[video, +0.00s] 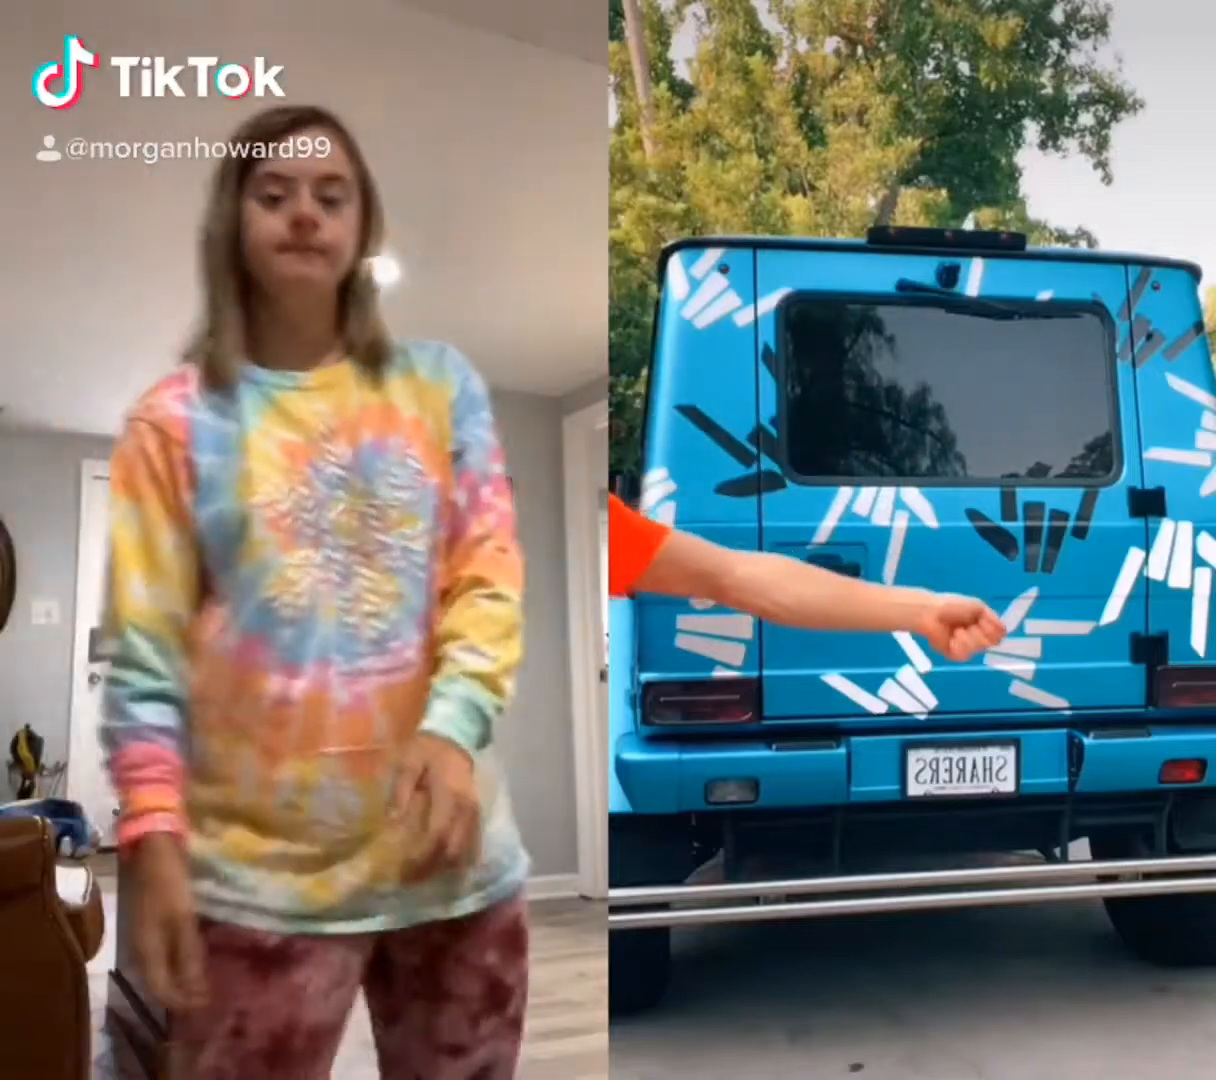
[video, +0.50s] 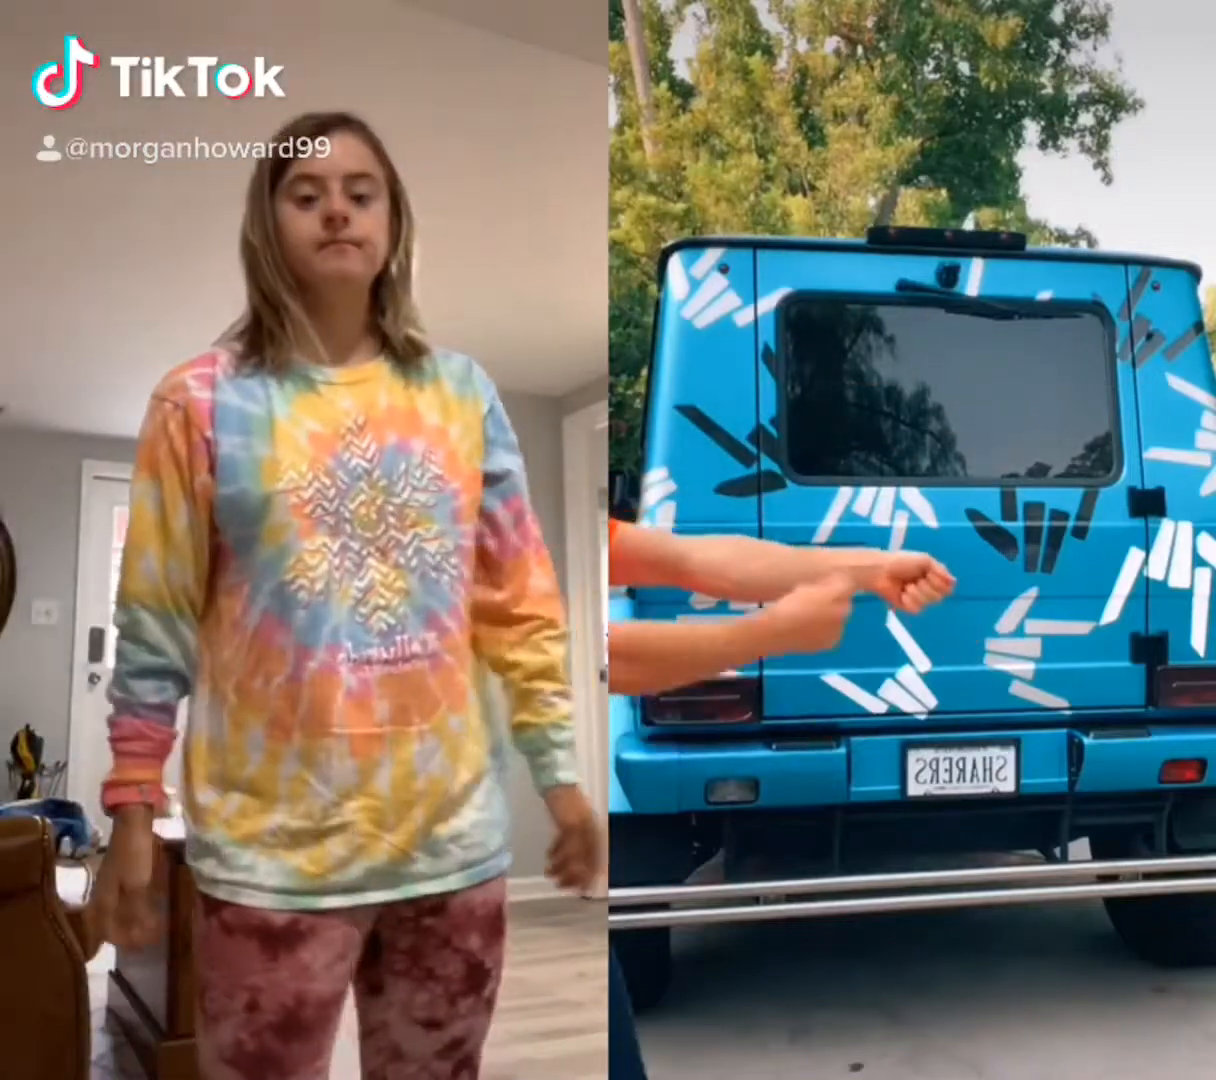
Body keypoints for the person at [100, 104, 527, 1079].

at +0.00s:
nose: (305, 215)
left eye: (331, 193)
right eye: (273, 193)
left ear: (364, 226)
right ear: (231, 223)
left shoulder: (443, 390)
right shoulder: (175, 422)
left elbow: (488, 585)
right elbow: (141, 652)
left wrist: (454, 728)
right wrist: (154, 844)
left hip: (449, 869)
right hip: (257, 885)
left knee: (468, 1068)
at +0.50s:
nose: (339, 212)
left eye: (362, 193)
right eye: (308, 195)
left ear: (394, 224)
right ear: (267, 226)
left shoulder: (462, 393)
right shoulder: (202, 403)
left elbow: (519, 606)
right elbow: (153, 627)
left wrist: (561, 780)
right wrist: (133, 814)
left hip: (450, 846)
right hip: (270, 856)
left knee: (435, 1075)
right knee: (260, 1071)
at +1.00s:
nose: (216, 216)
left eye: (241, 194)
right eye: (185, 192)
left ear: (273, 227)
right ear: (140, 218)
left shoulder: (301, 414)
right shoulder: (80, 351)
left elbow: (329, 622)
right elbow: (136, 553)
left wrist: (327, 757)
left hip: (284, 829)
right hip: (117, 843)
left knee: (349, 1067)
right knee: (127, 1073)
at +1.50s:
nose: (170, 205)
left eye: (195, 184)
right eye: (138, 180)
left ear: (220, 213)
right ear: (90, 203)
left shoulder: (215, 358)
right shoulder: (77, 319)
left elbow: (372, 445)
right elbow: (295, 386)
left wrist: (456, 313)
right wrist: (534, 445)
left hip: (257, 802)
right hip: (102, 812)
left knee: (302, 1069)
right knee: (120, 1072)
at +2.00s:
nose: (170, 216)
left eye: (197, 196)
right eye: (141, 191)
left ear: (226, 228)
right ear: (94, 214)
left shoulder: (264, 397)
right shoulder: (51, 340)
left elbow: (398, 511)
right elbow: (194, 488)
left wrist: (537, 619)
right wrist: (405, 595)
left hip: (293, 820)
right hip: (116, 832)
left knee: (360, 1065)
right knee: (137, 1070)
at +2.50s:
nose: (311, 239)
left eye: (338, 219)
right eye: (285, 214)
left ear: (371, 250)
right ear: (241, 238)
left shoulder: (436, 381)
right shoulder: (184, 423)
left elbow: (427, 564)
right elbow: (39, 577)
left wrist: (232, 640)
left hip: (439, 842)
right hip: (253, 857)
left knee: (465, 1072)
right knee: (233, 1069)